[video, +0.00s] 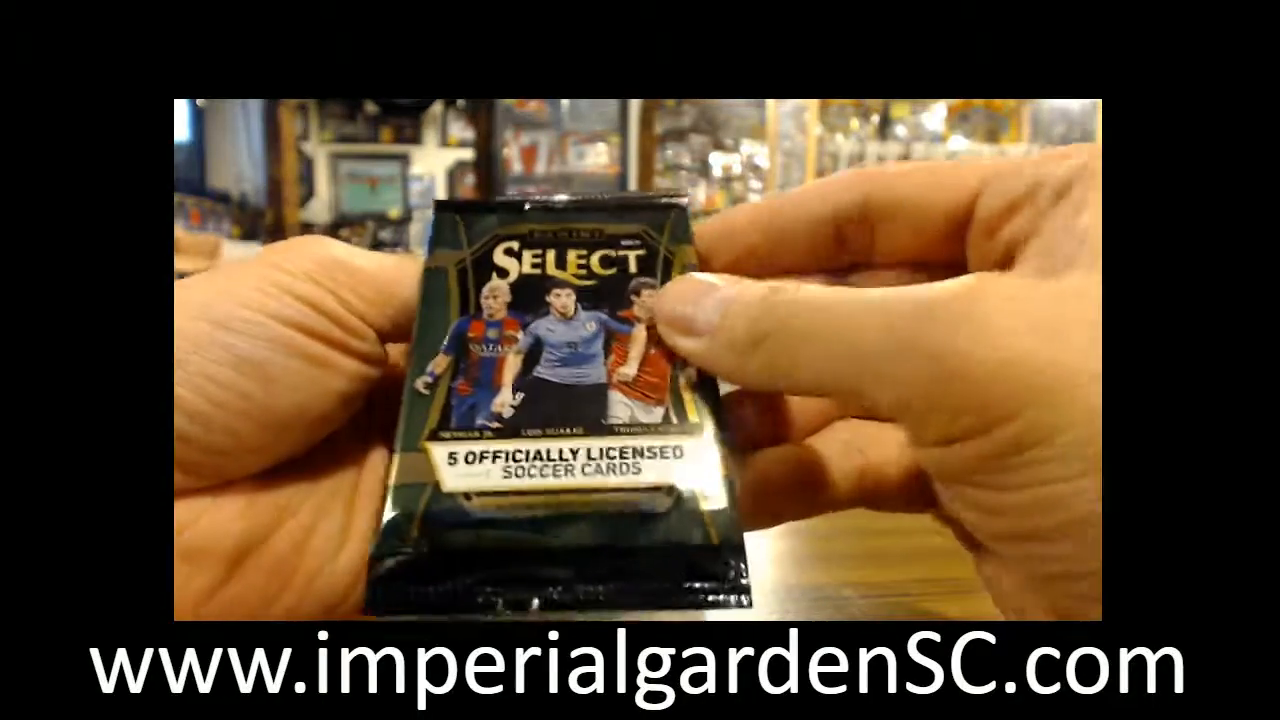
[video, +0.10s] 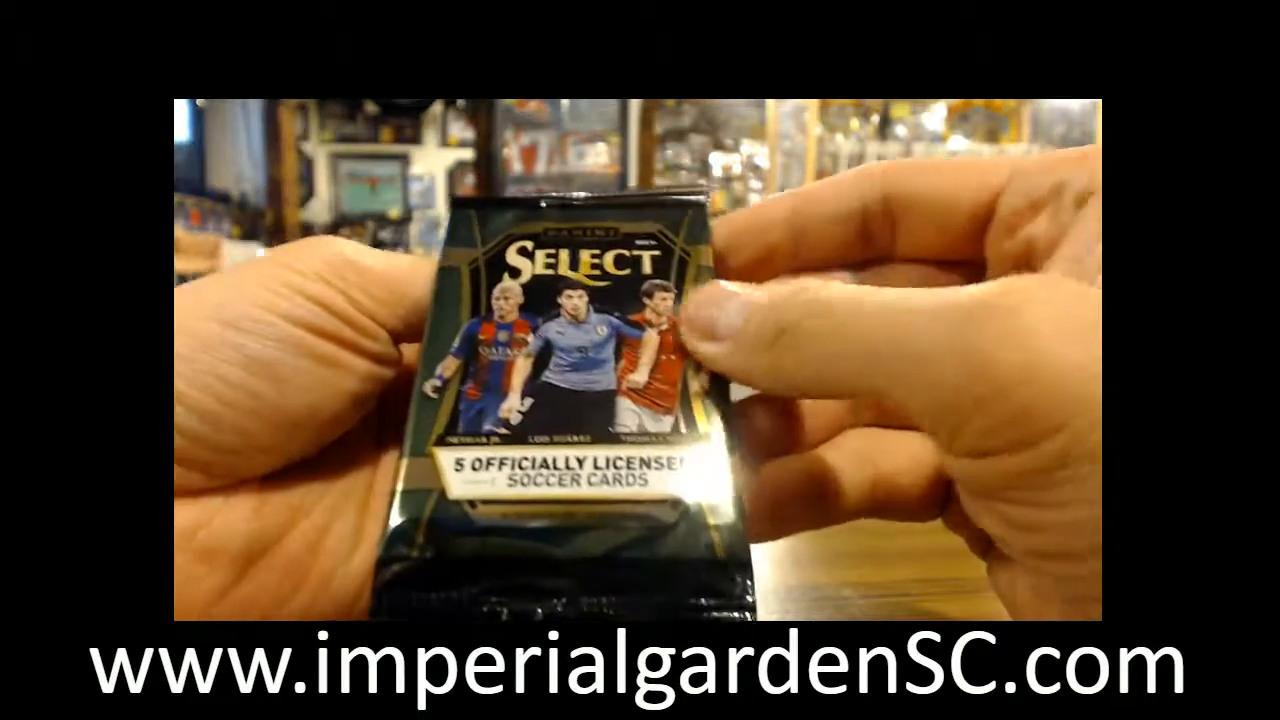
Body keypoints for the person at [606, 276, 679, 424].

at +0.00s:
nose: (653, 302)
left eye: (655, 296)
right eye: (649, 296)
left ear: (660, 298)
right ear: (634, 298)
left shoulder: (667, 324)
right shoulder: (622, 320)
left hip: (654, 398)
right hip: (622, 391)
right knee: (617, 444)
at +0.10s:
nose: (668, 304)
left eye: (671, 299)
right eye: (663, 299)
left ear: (674, 301)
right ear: (647, 300)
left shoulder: (681, 329)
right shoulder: (630, 325)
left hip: (664, 405)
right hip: (631, 398)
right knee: (624, 451)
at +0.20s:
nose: (680, 310)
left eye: (682, 305)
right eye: (674, 305)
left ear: (685, 307)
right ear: (659, 306)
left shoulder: (695, 334)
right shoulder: (640, 330)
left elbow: (714, 361)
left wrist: (712, 384)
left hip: (673, 413)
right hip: (640, 405)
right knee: (633, 458)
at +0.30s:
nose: (682, 314)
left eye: (685, 309)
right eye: (677, 309)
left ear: (688, 311)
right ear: (661, 310)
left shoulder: (697, 338)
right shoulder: (642, 334)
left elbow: (716, 360)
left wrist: (715, 386)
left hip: (675, 416)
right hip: (641, 409)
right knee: (635, 463)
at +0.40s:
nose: (686, 316)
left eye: (689, 311)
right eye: (681, 311)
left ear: (693, 313)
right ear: (665, 312)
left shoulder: (702, 340)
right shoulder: (646, 336)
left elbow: (725, 364)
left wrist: (720, 391)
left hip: (679, 418)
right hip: (646, 411)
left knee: (674, 472)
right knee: (640, 465)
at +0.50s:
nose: (687, 319)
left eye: (690, 314)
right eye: (682, 314)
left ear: (693, 315)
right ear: (666, 315)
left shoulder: (703, 342)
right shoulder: (647, 339)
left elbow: (725, 367)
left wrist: (719, 396)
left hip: (680, 421)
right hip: (647, 414)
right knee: (640, 467)